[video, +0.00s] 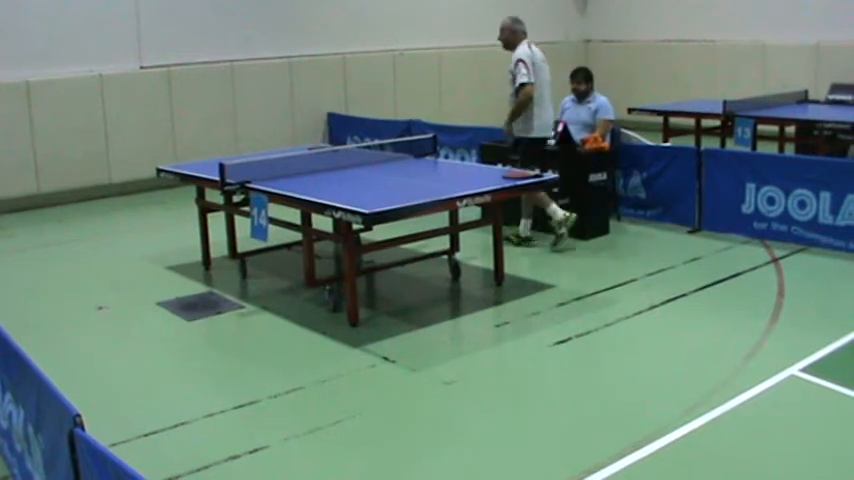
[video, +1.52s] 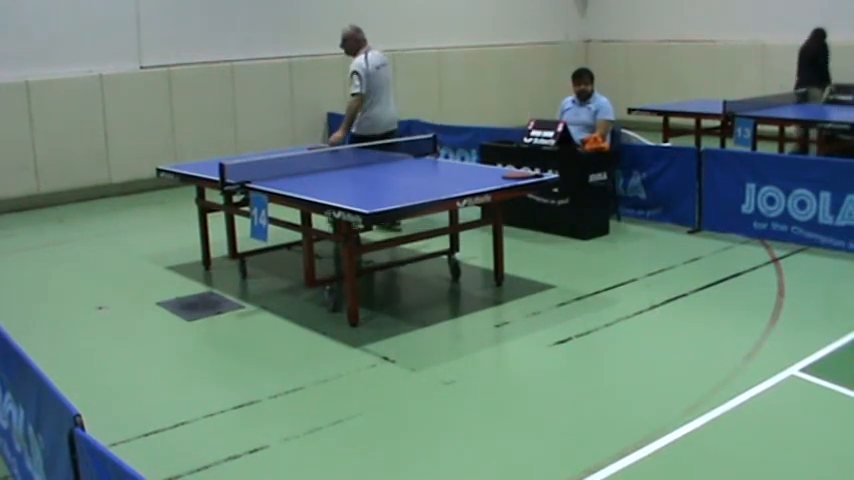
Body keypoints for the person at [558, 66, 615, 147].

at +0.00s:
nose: (574, 87)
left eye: (579, 84)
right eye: (573, 83)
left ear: (589, 85)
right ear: (570, 84)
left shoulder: (601, 103)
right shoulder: (566, 103)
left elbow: (601, 134)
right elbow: (561, 126)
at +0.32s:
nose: (575, 87)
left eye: (579, 84)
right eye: (573, 84)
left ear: (589, 85)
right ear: (570, 85)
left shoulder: (601, 103)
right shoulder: (566, 103)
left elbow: (601, 135)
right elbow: (560, 126)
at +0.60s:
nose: (579, 86)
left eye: (584, 82)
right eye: (576, 83)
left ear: (591, 84)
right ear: (572, 85)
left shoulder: (602, 103)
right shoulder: (566, 103)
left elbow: (601, 135)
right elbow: (560, 128)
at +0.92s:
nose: (580, 87)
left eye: (584, 84)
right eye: (577, 84)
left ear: (591, 85)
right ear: (572, 86)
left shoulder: (602, 103)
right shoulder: (566, 103)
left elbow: (601, 135)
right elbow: (560, 128)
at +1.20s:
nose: (581, 87)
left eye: (585, 84)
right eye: (577, 84)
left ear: (591, 85)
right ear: (572, 86)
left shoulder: (602, 104)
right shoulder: (566, 103)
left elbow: (601, 135)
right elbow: (560, 128)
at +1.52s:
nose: (582, 88)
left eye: (586, 84)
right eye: (578, 84)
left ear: (592, 85)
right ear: (573, 86)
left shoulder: (602, 103)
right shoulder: (566, 103)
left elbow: (601, 135)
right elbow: (560, 127)